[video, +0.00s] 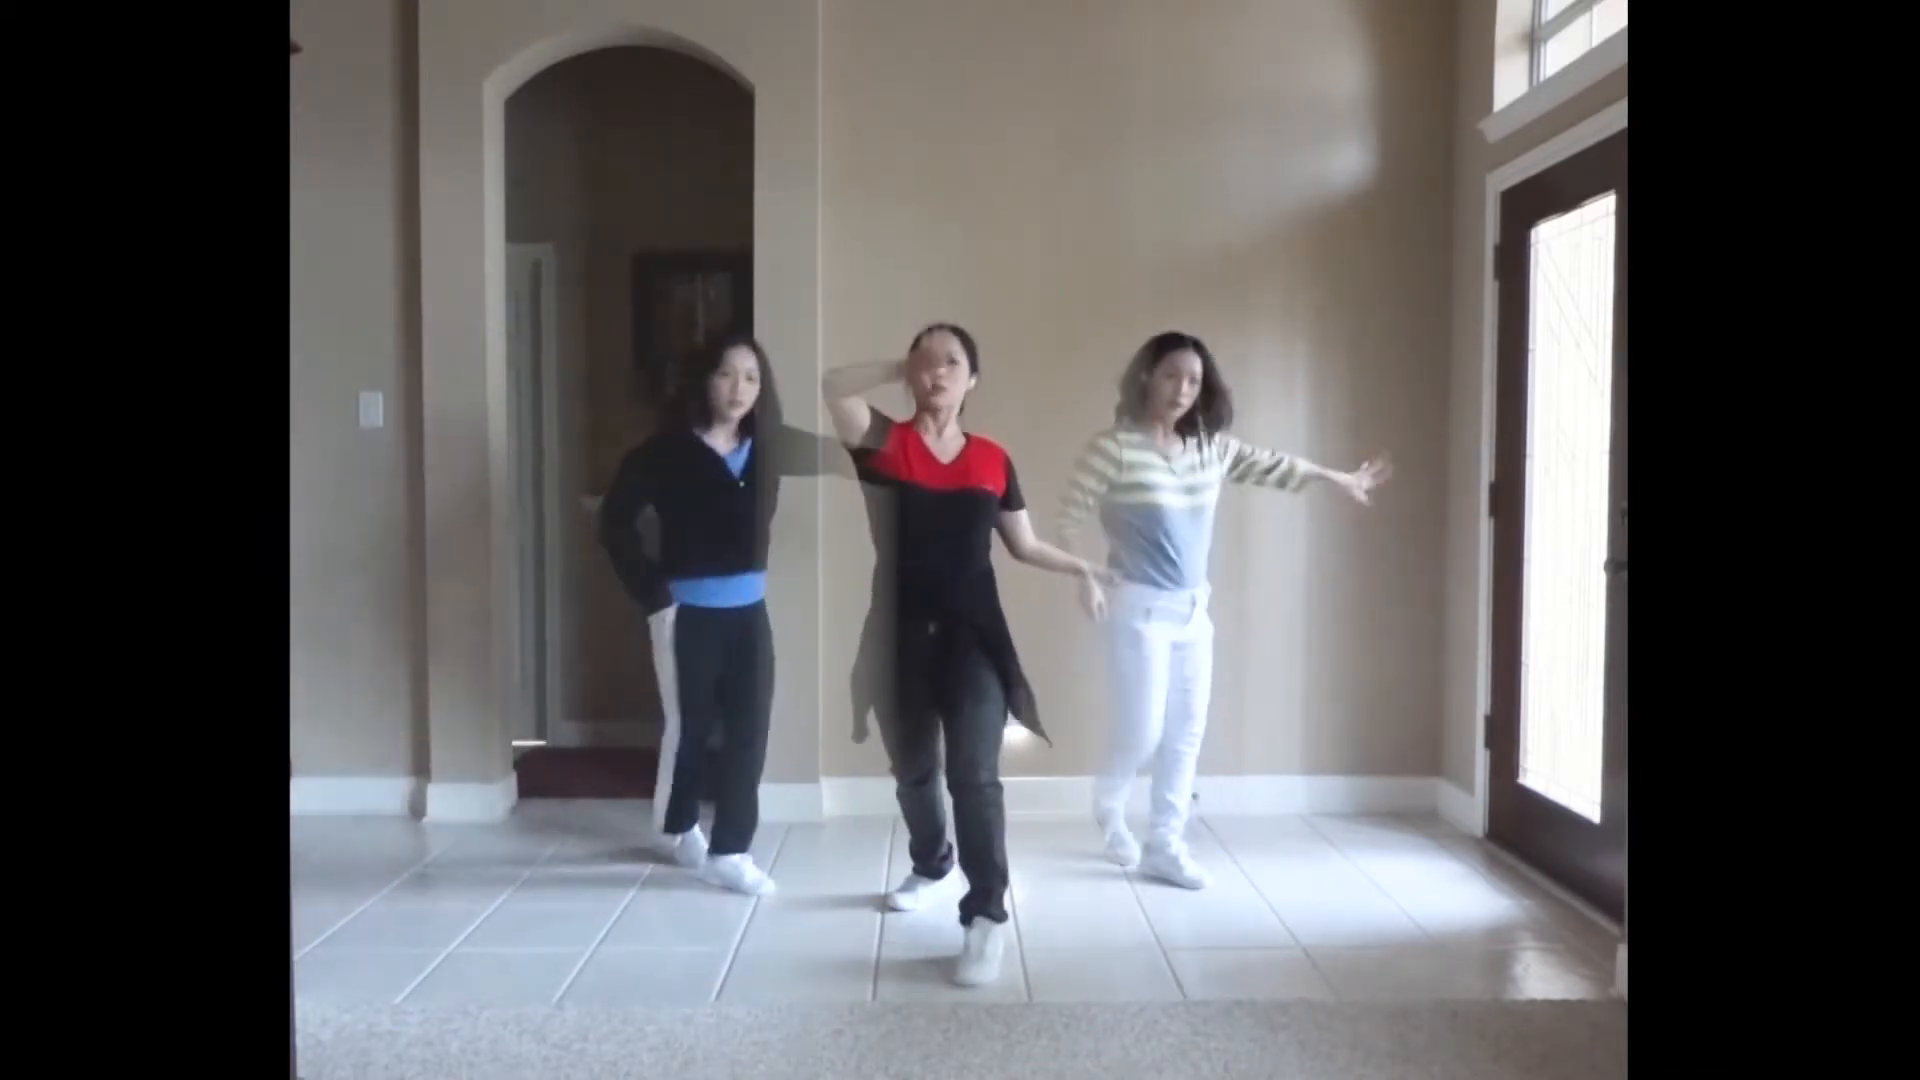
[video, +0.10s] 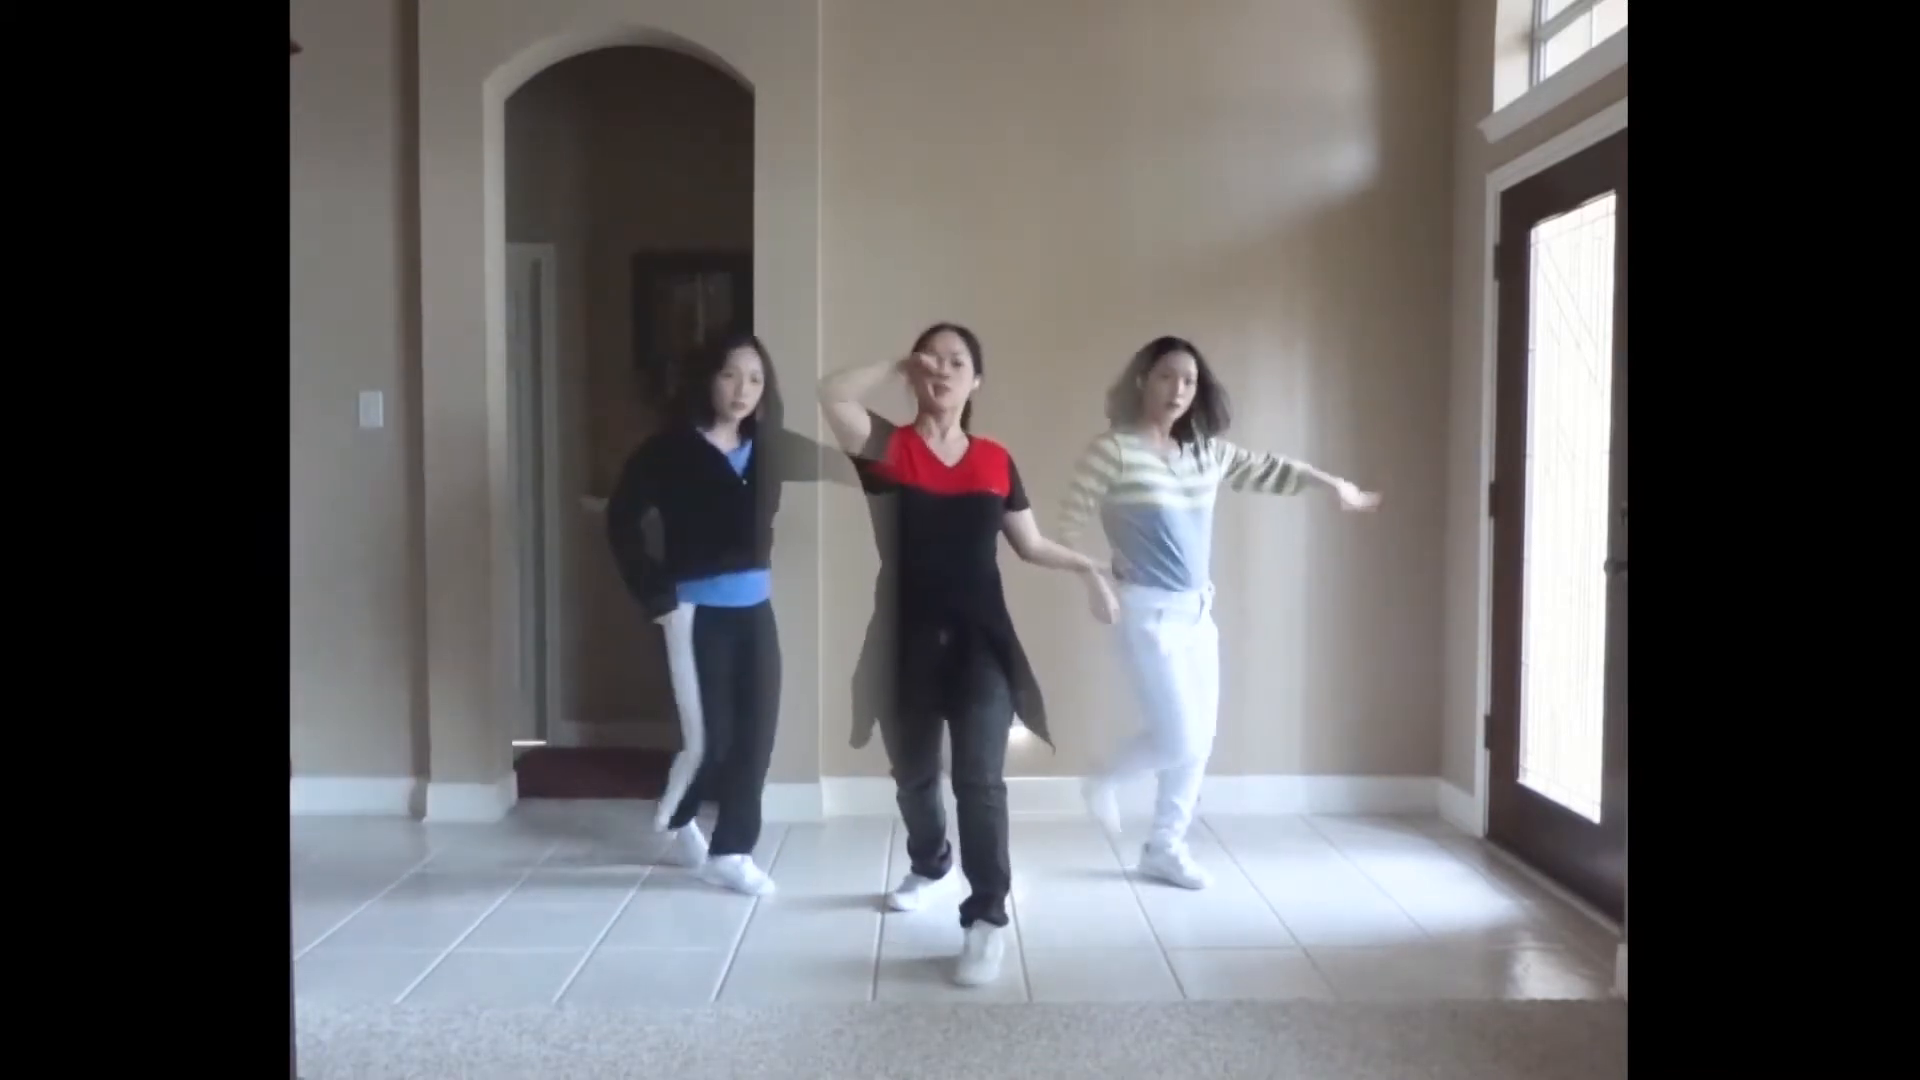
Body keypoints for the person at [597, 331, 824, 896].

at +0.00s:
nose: (739, 388)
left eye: (750, 377)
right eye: (727, 376)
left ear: (762, 388)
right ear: (703, 382)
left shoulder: (769, 446)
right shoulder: (665, 451)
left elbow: (847, 457)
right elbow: (614, 524)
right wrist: (654, 595)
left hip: (749, 608)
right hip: (688, 610)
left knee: (748, 733)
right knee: (694, 728)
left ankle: (730, 848)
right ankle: (680, 825)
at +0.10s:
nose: (742, 389)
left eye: (754, 379)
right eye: (731, 376)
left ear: (765, 390)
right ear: (707, 380)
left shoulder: (766, 446)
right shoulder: (669, 448)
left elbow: (837, 463)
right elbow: (621, 522)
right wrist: (656, 597)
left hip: (755, 603)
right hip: (696, 606)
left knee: (754, 737)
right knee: (711, 739)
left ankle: (732, 851)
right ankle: (678, 818)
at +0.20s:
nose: (746, 403)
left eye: (758, 393)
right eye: (736, 389)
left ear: (767, 402)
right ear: (710, 390)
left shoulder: (762, 459)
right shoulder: (670, 456)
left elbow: (819, 502)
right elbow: (627, 530)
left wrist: (883, 487)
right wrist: (667, 604)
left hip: (756, 611)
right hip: (703, 617)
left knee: (770, 739)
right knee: (741, 748)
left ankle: (735, 853)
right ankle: (671, 765)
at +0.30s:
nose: (747, 412)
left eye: (759, 404)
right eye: (737, 398)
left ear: (768, 412)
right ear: (711, 398)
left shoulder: (756, 472)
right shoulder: (670, 463)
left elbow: (788, 545)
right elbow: (629, 535)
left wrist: (812, 510)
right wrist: (671, 605)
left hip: (756, 619)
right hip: (702, 623)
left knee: (774, 739)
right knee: (774, 738)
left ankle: (737, 857)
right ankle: (678, 739)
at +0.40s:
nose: (744, 386)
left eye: (754, 377)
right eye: (733, 374)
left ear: (765, 389)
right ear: (710, 381)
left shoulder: (764, 457)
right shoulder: (676, 455)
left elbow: (813, 500)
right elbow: (629, 526)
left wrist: (795, 445)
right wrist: (672, 584)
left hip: (753, 609)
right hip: (703, 613)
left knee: (758, 733)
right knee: (780, 725)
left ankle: (735, 856)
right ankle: (681, 776)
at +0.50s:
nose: (736, 348)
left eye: (743, 341)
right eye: (723, 341)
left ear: (755, 356)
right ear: (706, 359)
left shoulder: (769, 415)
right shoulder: (685, 426)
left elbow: (825, 389)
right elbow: (636, 508)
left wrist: (812, 330)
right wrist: (682, 556)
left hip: (757, 582)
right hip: (709, 584)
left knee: (748, 718)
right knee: (736, 720)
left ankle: (731, 845)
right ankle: (685, 845)